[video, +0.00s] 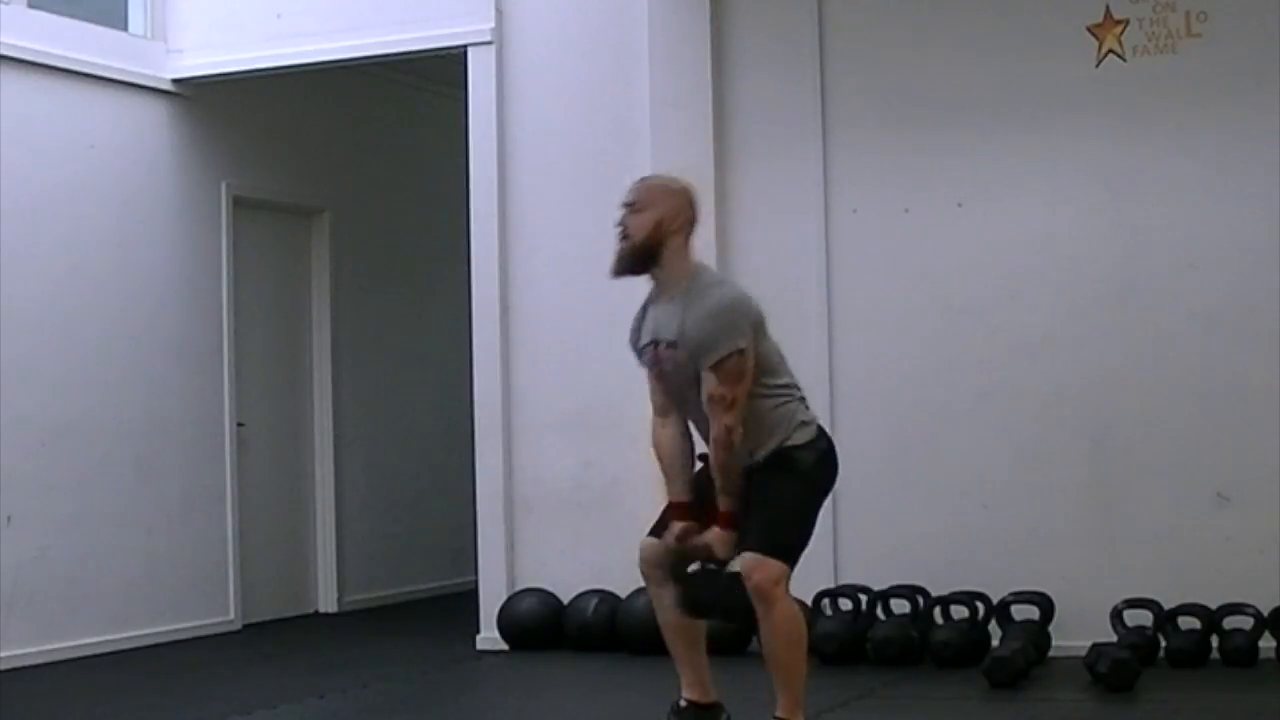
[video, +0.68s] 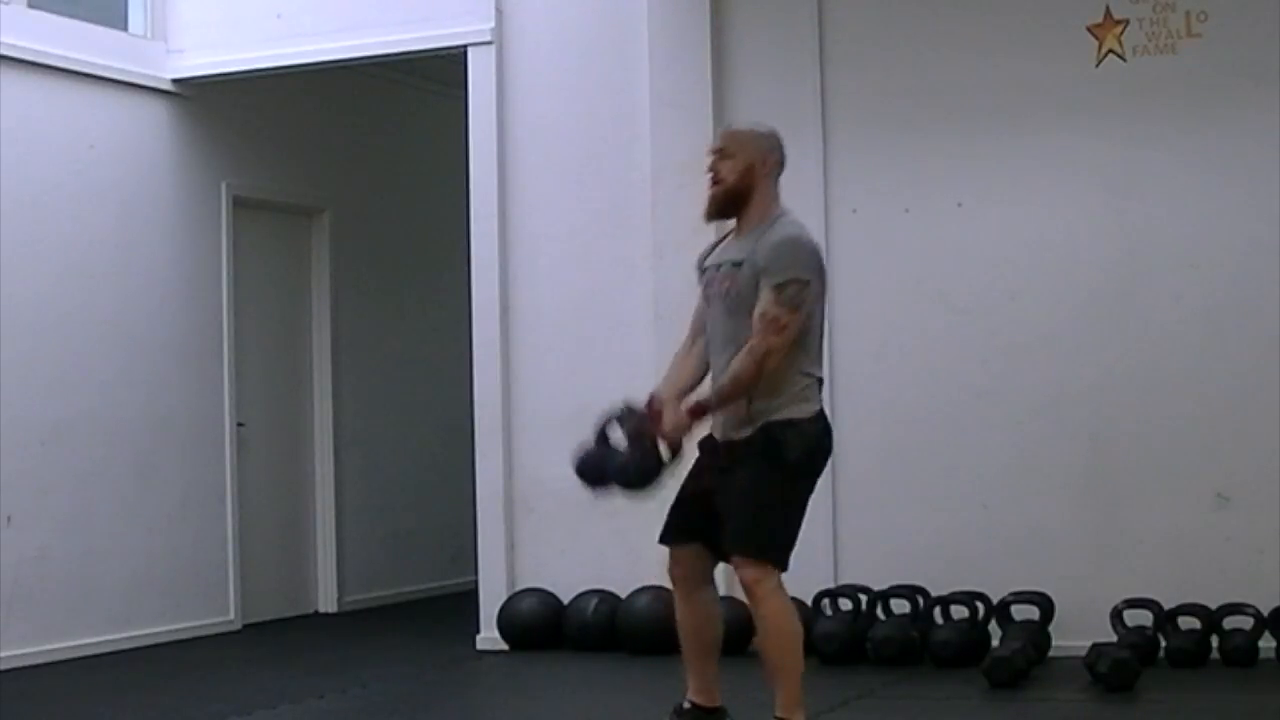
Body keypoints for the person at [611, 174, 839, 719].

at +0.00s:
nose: (621, 221)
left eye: (635, 210)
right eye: (624, 210)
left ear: (677, 222)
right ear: (657, 226)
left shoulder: (721, 304)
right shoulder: (649, 318)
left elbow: (727, 424)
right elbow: (666, 418)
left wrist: (727, 519)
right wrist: (681, 511)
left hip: (794, 453)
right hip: (734, 461)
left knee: (762, 574)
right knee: (658, 555)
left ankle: (791, 712)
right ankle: (699, 702)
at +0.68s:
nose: (710, 169)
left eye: (722, 158)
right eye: (711, 159)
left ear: (761, 167)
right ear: (746, 171)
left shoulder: (789, 245)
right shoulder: (718, 253)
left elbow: (765, 350)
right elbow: (700, 341)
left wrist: (695, 408)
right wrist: (662, 401)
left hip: (785, 435)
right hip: (730, 437)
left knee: (755, 569)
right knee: (687, 562)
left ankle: (791, 712)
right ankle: (703, 705)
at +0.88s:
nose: (723, 154)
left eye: (738, 144)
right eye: (724, 145)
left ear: (776, 159)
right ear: (735, 160)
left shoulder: (796, 227)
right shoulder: (725, 237)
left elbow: (787, 322)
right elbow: (703, 330)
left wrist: (697, 292)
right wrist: (644, 308)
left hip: (771, 425)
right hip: (715, 425)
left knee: (766, 569)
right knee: (695, 564)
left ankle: (793, 711)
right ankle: (704, 704)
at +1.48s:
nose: (719, 180)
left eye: (734, 171)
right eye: (721, 171)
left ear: (772, 187)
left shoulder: (779, 263)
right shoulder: (698, 258)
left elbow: (709, 322)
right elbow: (642, 329)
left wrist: (720, 238)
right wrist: (659, 255)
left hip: (738, 446)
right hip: (682, 445)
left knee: (709, 592)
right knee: (638, 581)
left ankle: (783, 714)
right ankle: (699, 706)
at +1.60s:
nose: (736, 127)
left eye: (754, 125)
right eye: (740, 122)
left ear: (778, 160)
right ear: (730, 149)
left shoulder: (782, 222)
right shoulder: (700, 217)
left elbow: (706, 239)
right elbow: (623, 242)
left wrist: (708, 169)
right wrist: (649, 179)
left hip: (736, 407)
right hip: (680, 405)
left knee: (732, 560)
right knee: (666, 558)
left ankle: (783, 708)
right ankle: (695, 698)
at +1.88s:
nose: (659, 178)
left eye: (671, 167)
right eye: (660, 168)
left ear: (710, 175)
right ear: (678, 181)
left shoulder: (740, 230)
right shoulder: (677, 236)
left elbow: (748, 145)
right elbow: (665, 147)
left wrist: (738, 67)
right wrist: (677, 72)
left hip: (760, 441)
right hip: (706, 443)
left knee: (728, 585)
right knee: (652, 573)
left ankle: (788, 713)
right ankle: (702, 706)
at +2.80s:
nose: (690, 146)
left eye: (704, 136)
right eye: (691, 137)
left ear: (740, 148)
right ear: (694, 149)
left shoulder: (766, 206)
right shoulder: (692, 209)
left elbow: (769, 133)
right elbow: (650, 145)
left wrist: (765, 65)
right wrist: (668, 76)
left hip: (765, 413)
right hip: (713, 413)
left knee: (771, 573)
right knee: (706, 567)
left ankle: (797, 711)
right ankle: (707, 703)